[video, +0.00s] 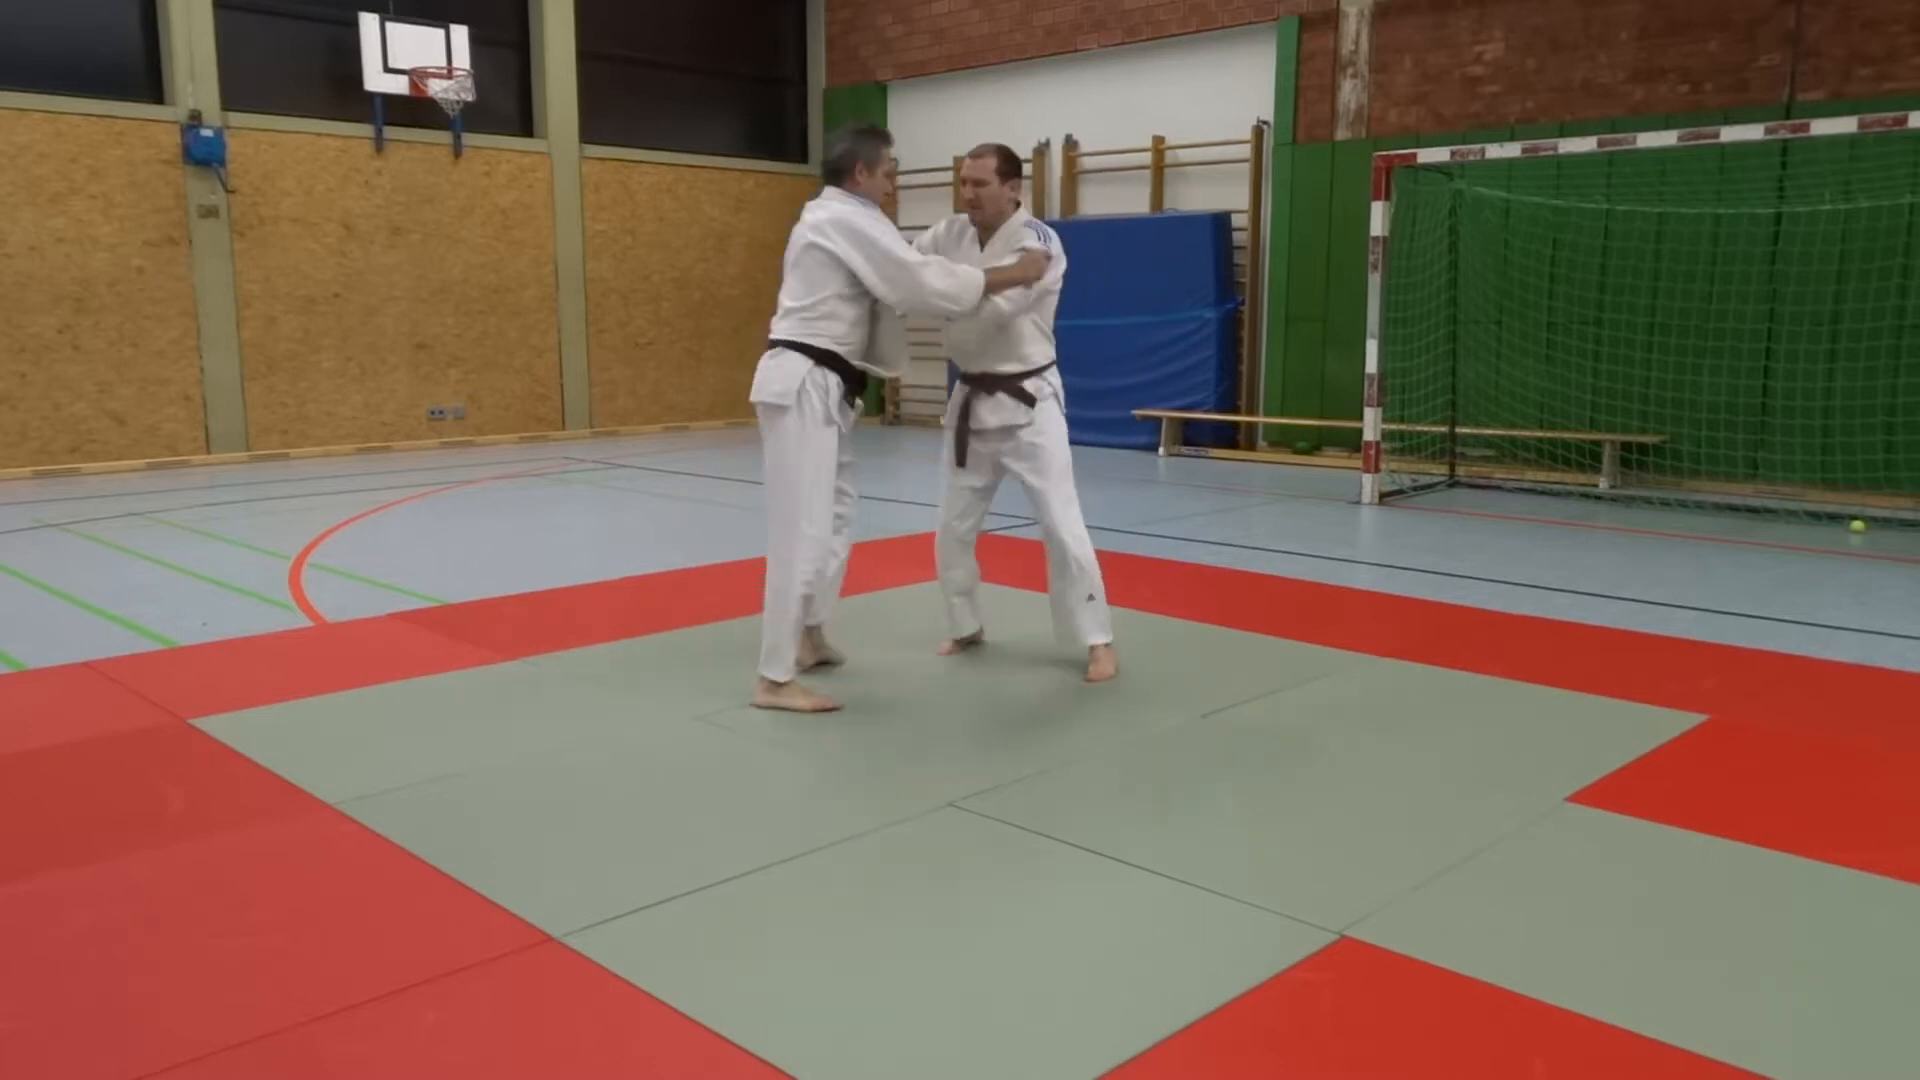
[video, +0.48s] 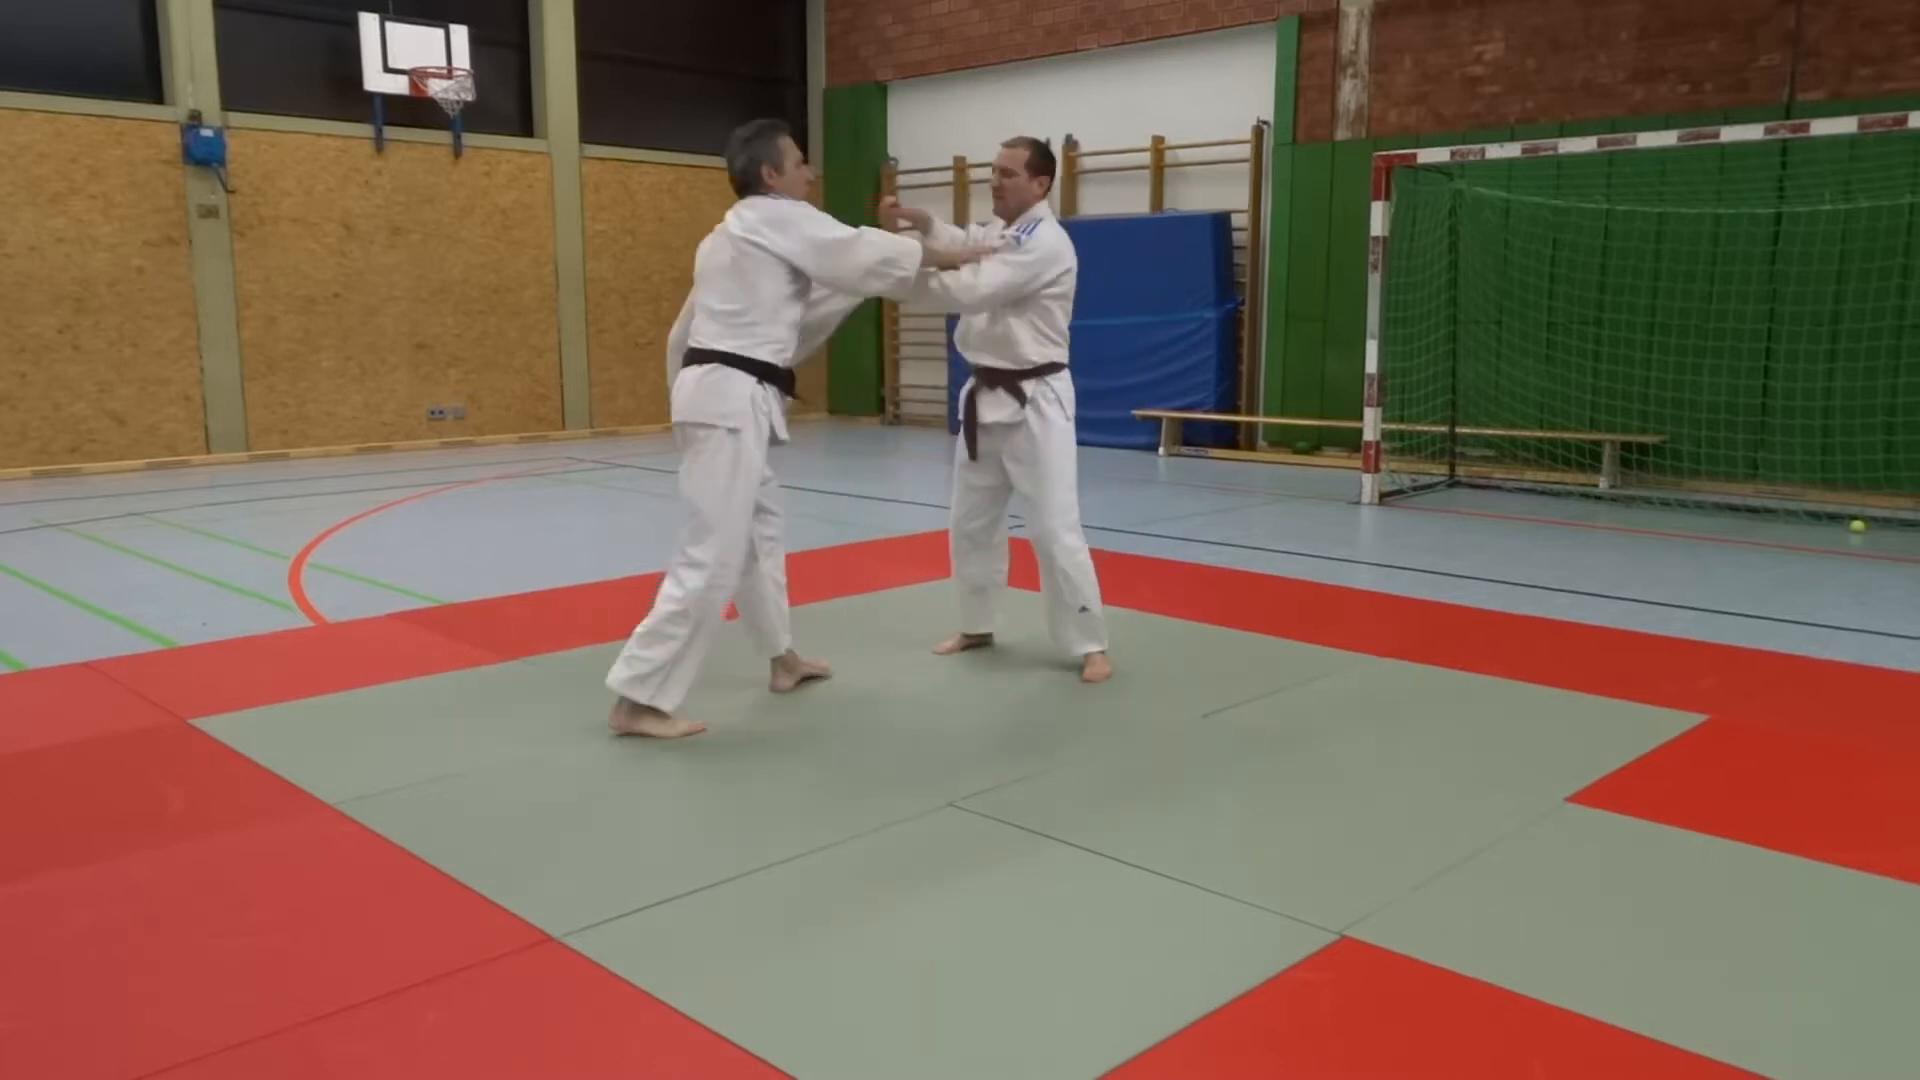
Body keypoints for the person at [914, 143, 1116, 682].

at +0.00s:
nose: (968, 195)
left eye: (979, 185)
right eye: (963, 185)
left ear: (1013, 189)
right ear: (959, 188)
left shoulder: (1040, 245)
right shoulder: (951, 232)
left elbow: (1003, 308)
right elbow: (906, 272)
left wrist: (944, 281)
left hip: (1031, 400)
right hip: (971, 397)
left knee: (1062, 525)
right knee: (955, 527)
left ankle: (1099, 641)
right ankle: (966, 629)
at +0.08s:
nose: (971, 192)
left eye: (981, 182)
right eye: (968, 182)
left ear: (1017, 184)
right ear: (965, 186)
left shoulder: (1046, 242)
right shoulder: (963, 225)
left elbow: (990, 296)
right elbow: (901, 247)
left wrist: (926, 264)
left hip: (1032, 396)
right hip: (973, 394)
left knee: (1065, 526)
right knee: (956, 523)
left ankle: (1095, 640)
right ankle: (966, 625)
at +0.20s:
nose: (981, 187)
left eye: (991, 178)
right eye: (979, 178)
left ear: (1027, 180)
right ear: (990, 182)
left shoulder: (1050, 239)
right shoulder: (980, 234)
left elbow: (985, 276)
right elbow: (942, 281)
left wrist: (929, 241)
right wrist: (925, 236)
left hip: (1033, 394)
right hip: (977, 393)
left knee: (1063, 525)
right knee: (960, 522)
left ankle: (1095, 641)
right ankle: (968, 625)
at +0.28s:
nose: (984, 183)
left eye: (995, 174)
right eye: (982, 174)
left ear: (1031, 178)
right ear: (991, 179)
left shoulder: (1042, 236)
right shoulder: (987, 232)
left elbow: (970, 274)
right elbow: (941, 273)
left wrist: (894, 267)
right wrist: (892, 292)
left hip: (1034, 394)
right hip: (980, 393)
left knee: (1060, 525)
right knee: (964, 520)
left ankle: (1096, 642)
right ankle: (972, 626)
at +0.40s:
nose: (991, 184)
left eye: (1001, 175)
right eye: (990, 175)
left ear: (1036, 181)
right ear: (995, 180)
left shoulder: (1045, 237)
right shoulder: (992, 236)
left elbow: (980, 279)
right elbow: (941, 276)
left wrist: (903, 271)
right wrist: (915, 251)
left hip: (1037, 395)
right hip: (984, 394)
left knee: (1054, 526)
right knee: (971, 520)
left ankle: (1094, 645)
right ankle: (975, 628)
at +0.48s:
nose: (995, 184)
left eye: (1007, 175)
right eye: (994, 174)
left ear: (1041, 183)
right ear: (998, 180)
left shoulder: (1049, 243)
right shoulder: (996, 233)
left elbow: (972, 289)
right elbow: (950, 238)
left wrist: (903, 269)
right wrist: (915, 222)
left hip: (1038, 398)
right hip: (983, 395)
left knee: (1055, 528)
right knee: (973, 521)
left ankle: (1091, 646)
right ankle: (976, 628)